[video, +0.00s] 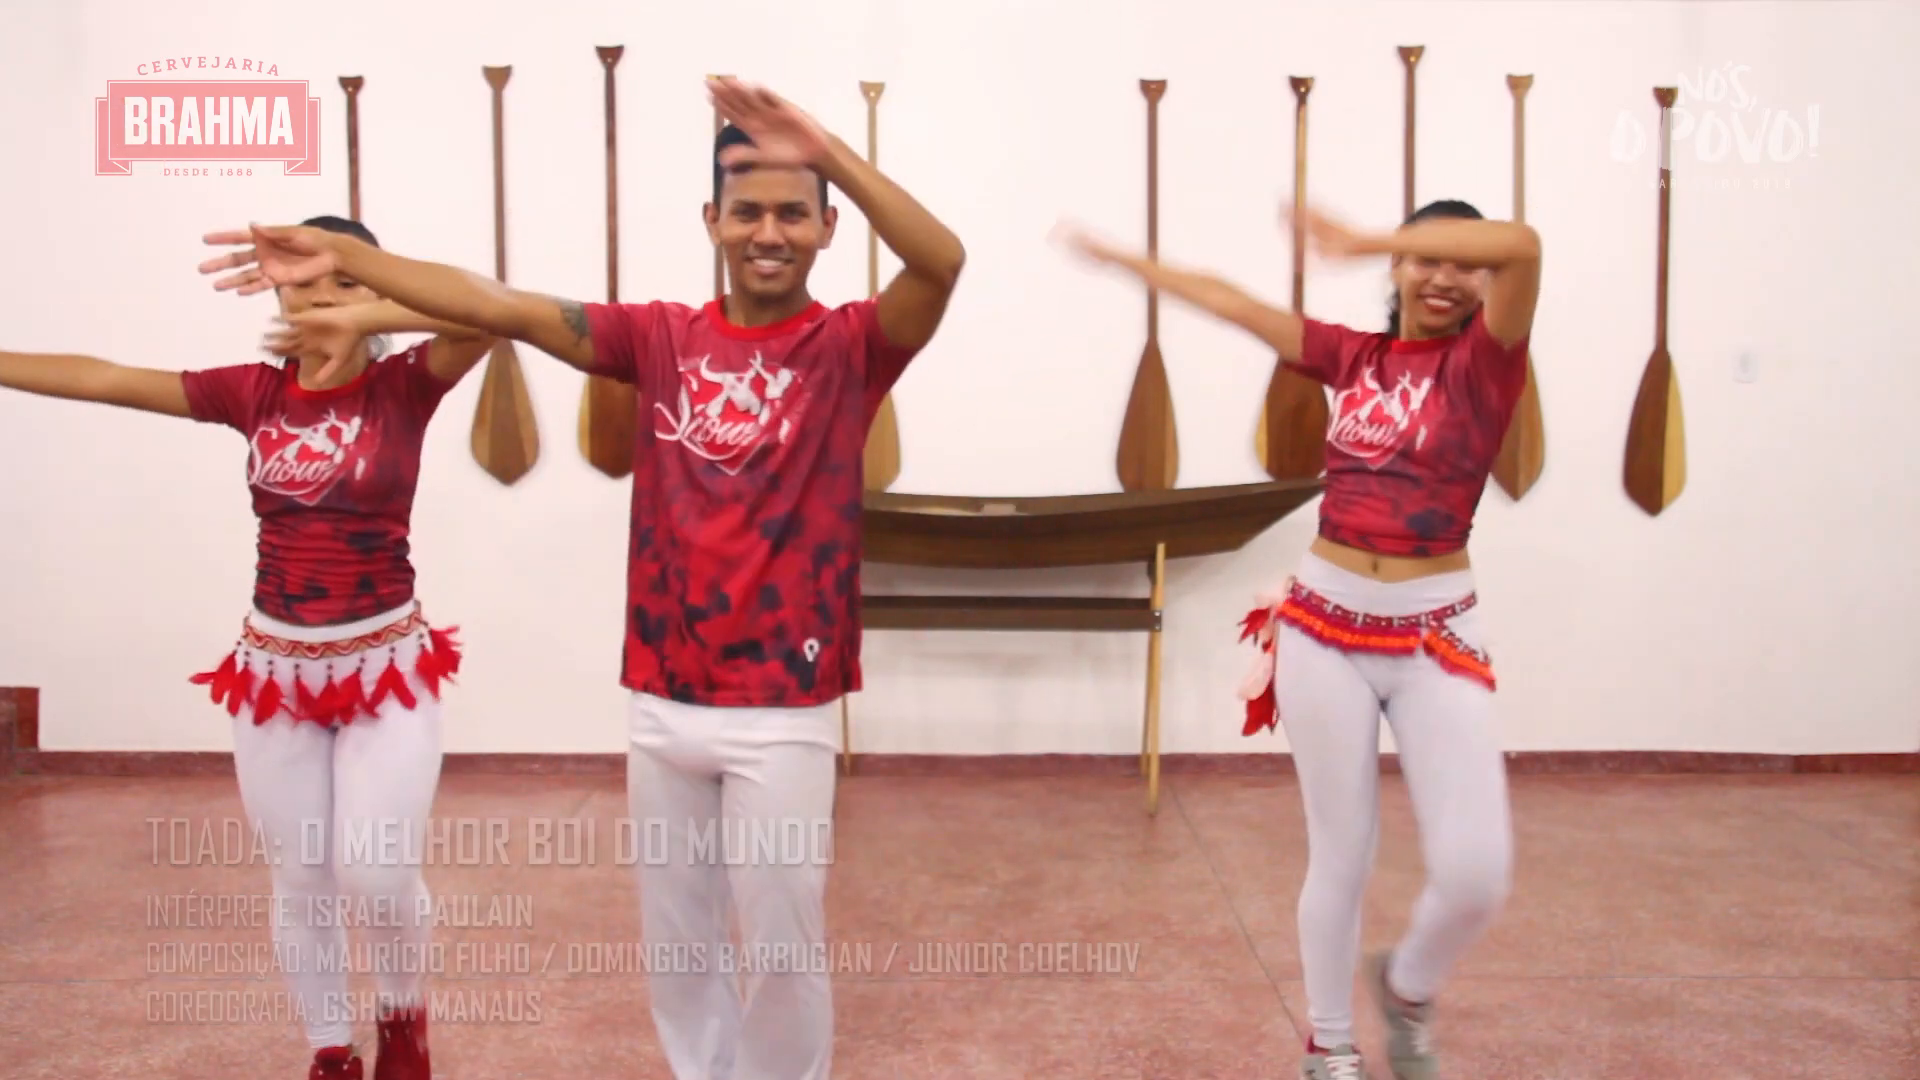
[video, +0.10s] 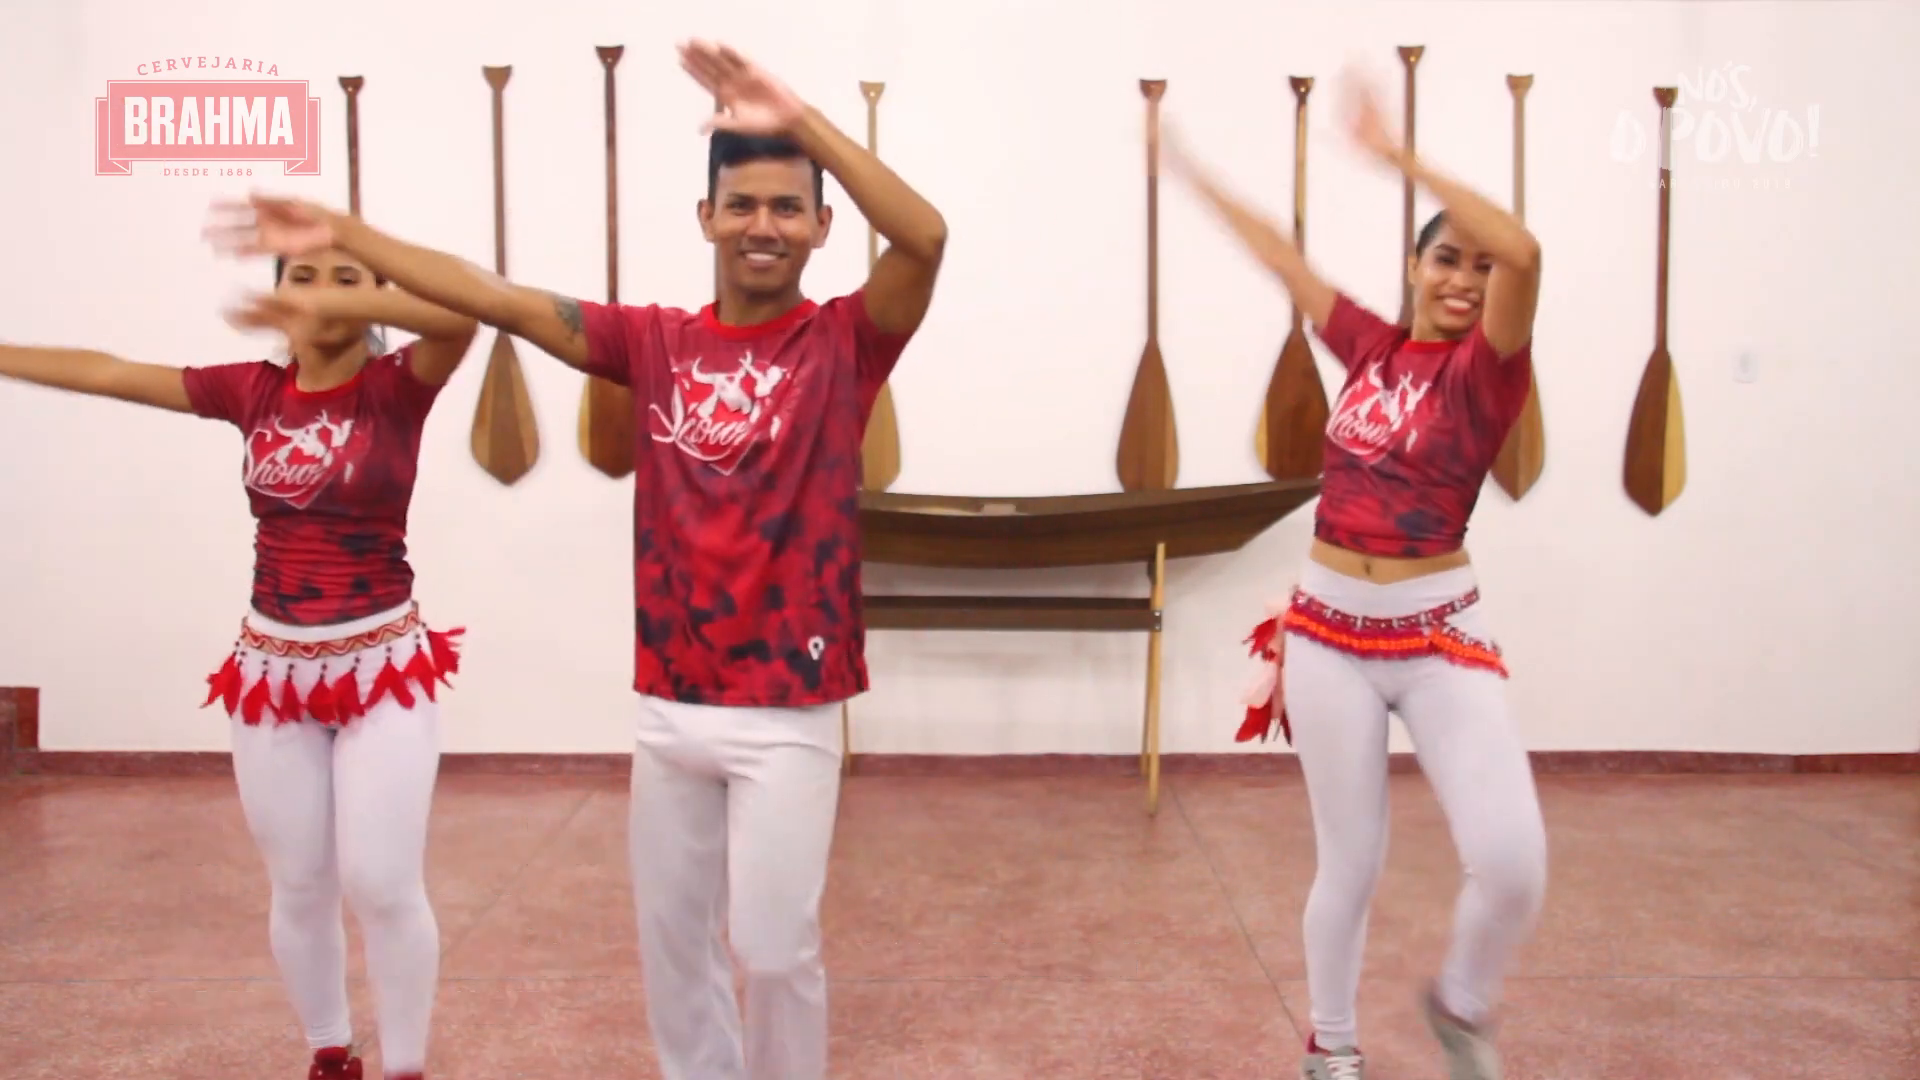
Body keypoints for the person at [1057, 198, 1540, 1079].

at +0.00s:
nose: (1443, 277)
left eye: (1461, 264)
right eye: (1426, 259)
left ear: (1487, 282)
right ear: (1399, 271)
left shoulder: (1487, 368)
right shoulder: (1354, 356)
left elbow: (1523, 246)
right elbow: (1234, 302)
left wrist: (1368, 239)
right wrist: (1124, 258)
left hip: (1439, 638)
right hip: (1326, 629)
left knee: (1476, 875)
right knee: (1342, 854)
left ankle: (1406, 988)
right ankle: (1331, 1050)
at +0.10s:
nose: (1462, 278)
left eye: (1480, 264)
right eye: (1445, 259)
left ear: (1501, 287)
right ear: (1412, 274)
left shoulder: (1489, 373)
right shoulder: (1370, 348)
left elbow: (1518, 252)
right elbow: (1283, 257)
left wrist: (1396, 152)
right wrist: (1185, 166)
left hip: (1443, 639)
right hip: (1328, 637)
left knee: (1514, 868)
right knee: (1348, 867)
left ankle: (1460, 1011)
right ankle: (1331, 1047)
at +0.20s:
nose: (1474, 265)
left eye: (1497, 256)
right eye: (1463, 245)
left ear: (1515, 282)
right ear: (1430, 255)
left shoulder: (1495, 368)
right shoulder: (1388, 328)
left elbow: (1538, 247)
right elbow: (1329, 211)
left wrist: (1487, 97)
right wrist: (1270, 89)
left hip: (1450, 618)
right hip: (1337, 617)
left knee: (1533, 870)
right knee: (1349, 861)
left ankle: (1542, 1065)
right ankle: (1332, 1051)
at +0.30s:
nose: (1496, 254)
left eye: (1520, 244)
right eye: (1483, 236)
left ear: (1539, 274)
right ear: (1449, 253)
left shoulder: (1514, 364)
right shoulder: (1407, 323)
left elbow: (1571, 243)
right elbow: (1373, 176)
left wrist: (1590, 86)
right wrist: (1346, 32)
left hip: (1470, 620)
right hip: (1360, 622)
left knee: (1536, 886)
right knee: (1361, 865)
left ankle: (1595, 1072)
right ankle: (1345, 1051)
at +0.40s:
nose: (1515, 255)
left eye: (1541, 246)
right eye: (1501, 237)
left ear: (1562, 275)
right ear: (1468, 251)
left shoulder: (1539, 367)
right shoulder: (1430, 323)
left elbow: (1608, 254)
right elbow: (1416, 180)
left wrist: (1683, 109)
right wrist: (1417, 37)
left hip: (1500, 628)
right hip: (1392, 624)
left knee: (1547, 893)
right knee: (1380, 872)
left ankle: (1594, 1073)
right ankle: (1363, 1054)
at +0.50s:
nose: (1544, 250)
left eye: (1568, 240)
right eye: (1528, 233)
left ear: (1593, 270)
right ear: (1496, 252)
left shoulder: (1580, 360)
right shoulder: (1460, 324)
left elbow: (1669, 253)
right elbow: (1447, 178)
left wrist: (1768, 128)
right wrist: (1487, 44)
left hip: (1536, 628)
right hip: (1425, 628)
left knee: (1564, 891)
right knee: (1401, 878)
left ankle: (1593, 1074)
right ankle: (1384, 1054)